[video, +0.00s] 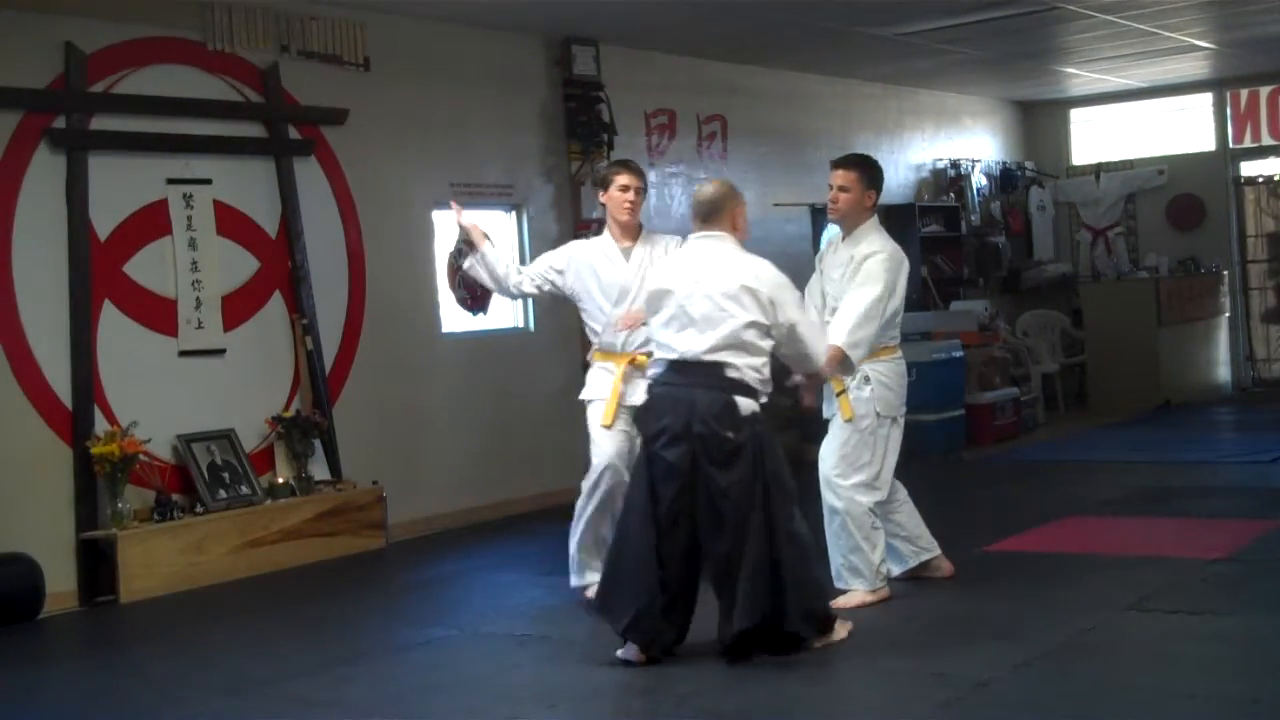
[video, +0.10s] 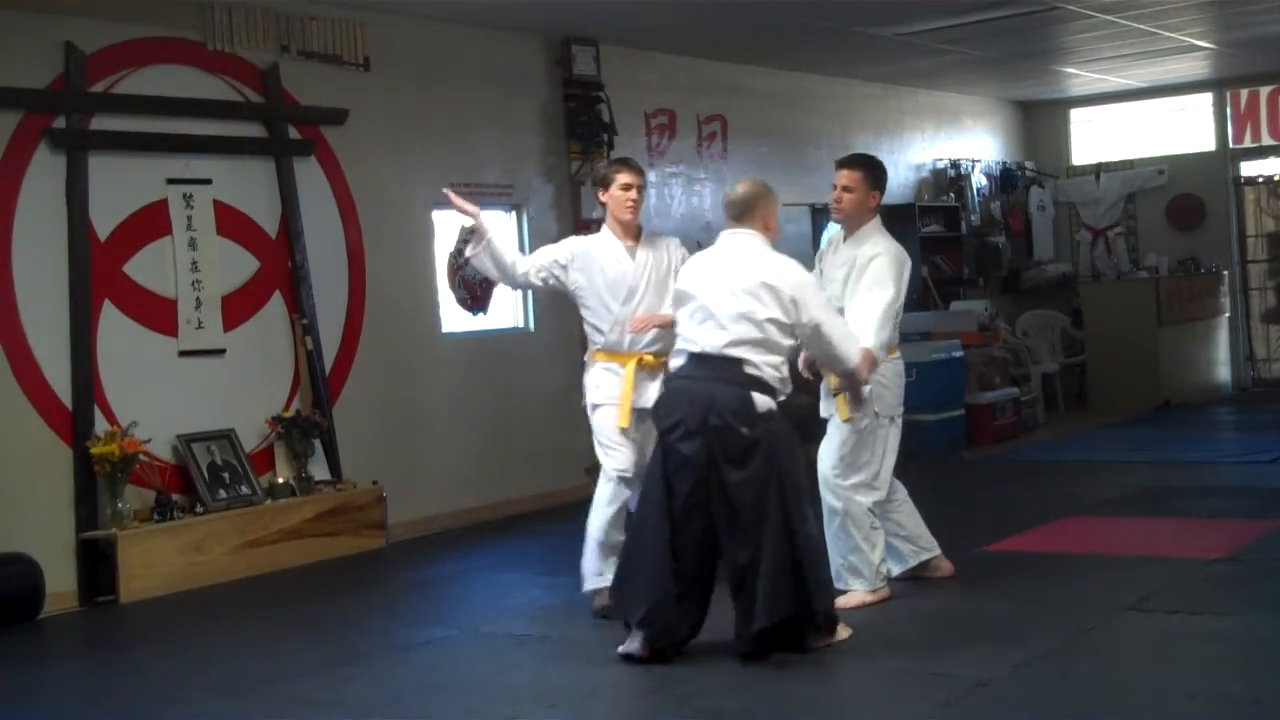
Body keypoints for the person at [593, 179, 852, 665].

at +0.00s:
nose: (747, 221)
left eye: (743, 213)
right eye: (745, 214)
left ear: (695, 220)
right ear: (738, 218)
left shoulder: (663, 266)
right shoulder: (759, 274)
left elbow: (634, 321)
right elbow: (810, 351)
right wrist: (812, 375)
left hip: (665, 400)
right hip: (730, 403)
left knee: (661, 519)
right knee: (760, 516)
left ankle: (643, 637)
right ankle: (808, 623)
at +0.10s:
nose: (780, 222)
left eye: (777, 215)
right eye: (778, 215)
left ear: (728, 219)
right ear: (769, 219)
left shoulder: (694, 265)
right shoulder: (789, 275)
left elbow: (688, 324)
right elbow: (837, 346)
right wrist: (853, 379)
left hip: (682, 393)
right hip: (747, 398)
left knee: (675, 515)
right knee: (774, 514)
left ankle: (649, 629)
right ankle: (799, 623)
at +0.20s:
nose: (811, 222)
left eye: (809, 214)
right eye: (809, 214)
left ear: (757, 218)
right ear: (798, 218)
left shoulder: (724, 261)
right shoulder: (809, 273)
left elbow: (723, 322)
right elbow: (860, 343)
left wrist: (799, 347)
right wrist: (892, 369)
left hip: (696, 383)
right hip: (758, 393)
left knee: (681, 507)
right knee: (786, 510)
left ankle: (650, 619)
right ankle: (809, 624)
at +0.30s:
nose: (831, 227)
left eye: (830, 218)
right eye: (829, 219)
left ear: (782, 221)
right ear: (818, 223)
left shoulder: (746, 260)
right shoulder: (825, 274)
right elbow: (870, 325)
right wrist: (911, 350)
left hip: (704, 378)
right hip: (765, 390)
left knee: (684, 503)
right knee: (790, 510)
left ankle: (648, 617)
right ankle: (812, 623)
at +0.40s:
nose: (846, 234)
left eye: (845, 225)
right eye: (845, 226)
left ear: (798, 223)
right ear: (834, 226)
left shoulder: (762, 260)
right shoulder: (835, 276)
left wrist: (880, 307)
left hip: (710, 382)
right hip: (770, 394)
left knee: (688, 505)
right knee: (799, 514)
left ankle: (649, 614)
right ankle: (815, 622)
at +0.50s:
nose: (856, 236)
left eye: (855, 228)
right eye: (856, 228)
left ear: (808, 223)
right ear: (844, 227)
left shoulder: (771, 261)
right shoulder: (845, 277)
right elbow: (910, 336)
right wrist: (941, 346)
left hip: (714, 381)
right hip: (774, 393)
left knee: (693, 502)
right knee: (802, 513)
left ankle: (650, 612)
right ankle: (815, 624)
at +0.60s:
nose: (860, 237)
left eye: (859, 228)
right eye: (860, 229)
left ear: (811, 223)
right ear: (848, 227)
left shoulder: (774, 262)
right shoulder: (848, 277)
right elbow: (911, 335)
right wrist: (943, 344)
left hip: (716, 380)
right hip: (776, 392)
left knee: (695, 501)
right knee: (802, 513)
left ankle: (652, 611)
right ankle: (811, 624)